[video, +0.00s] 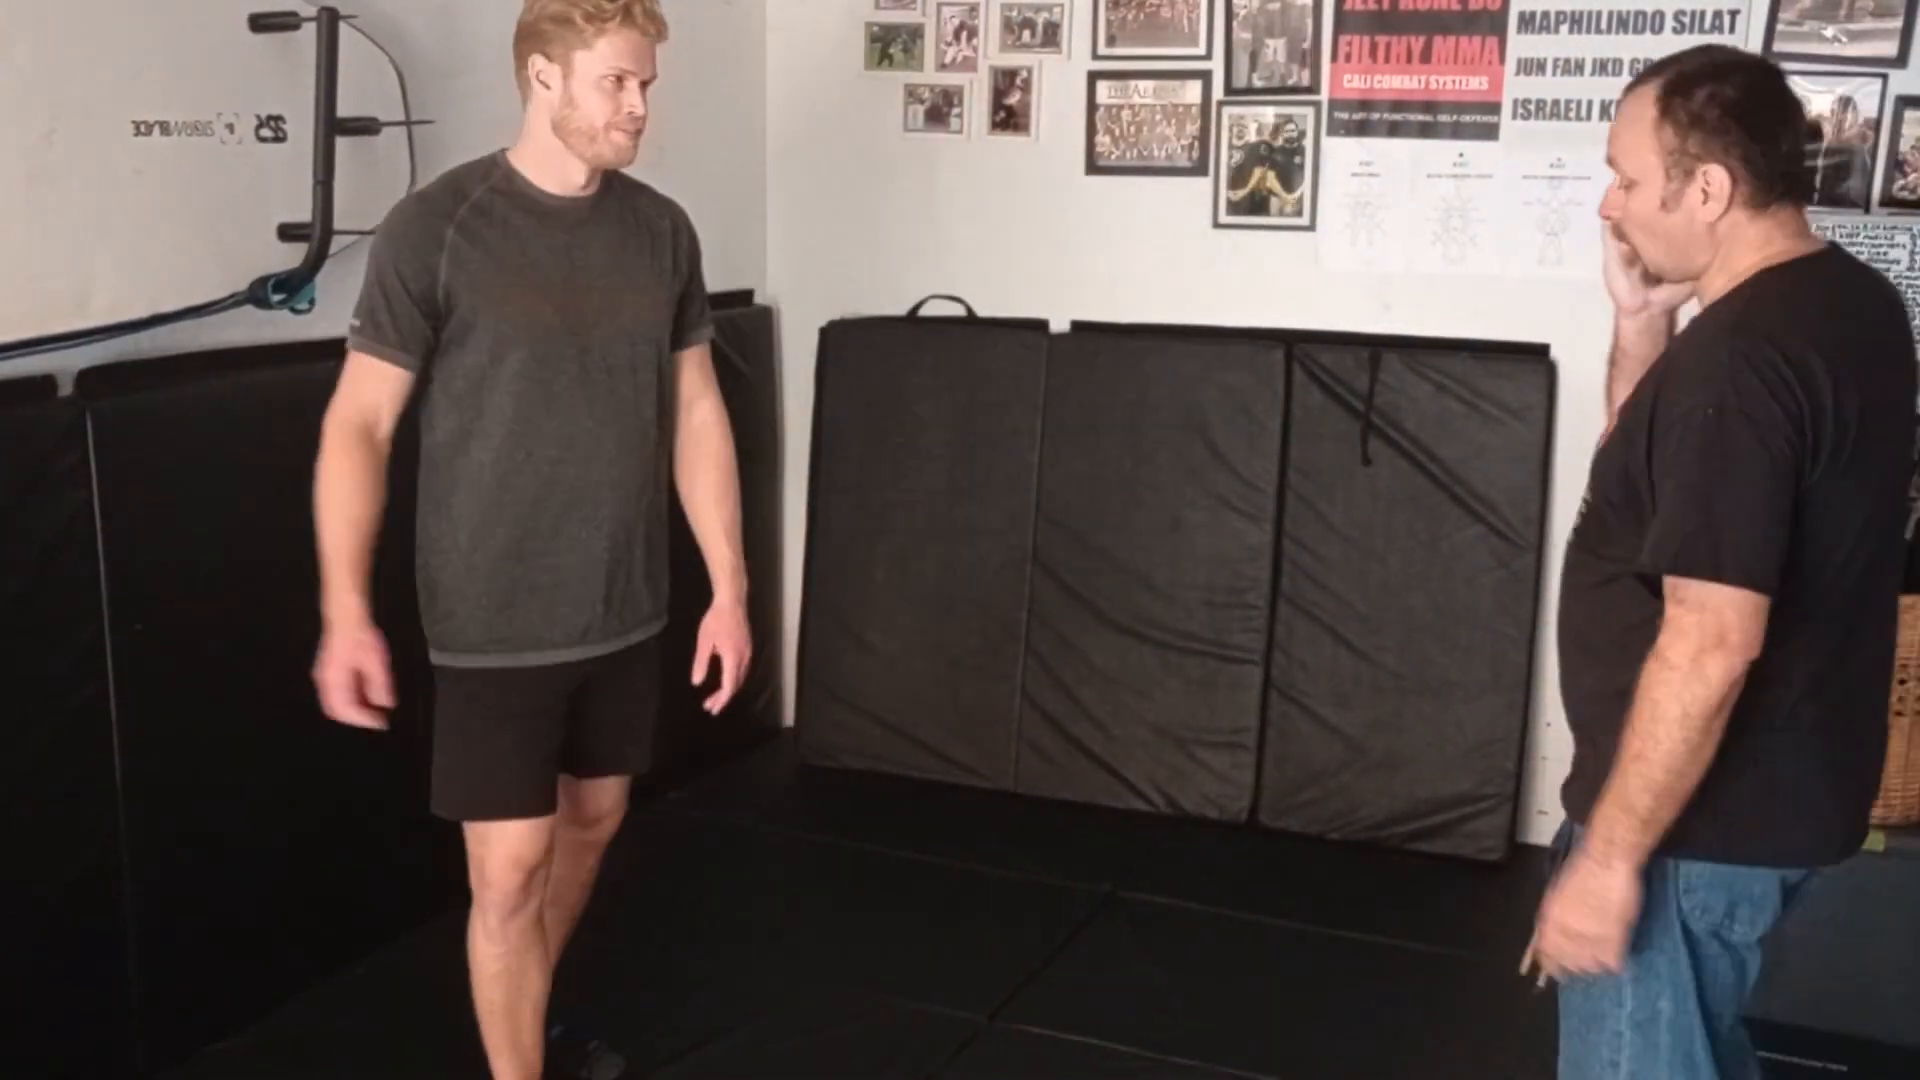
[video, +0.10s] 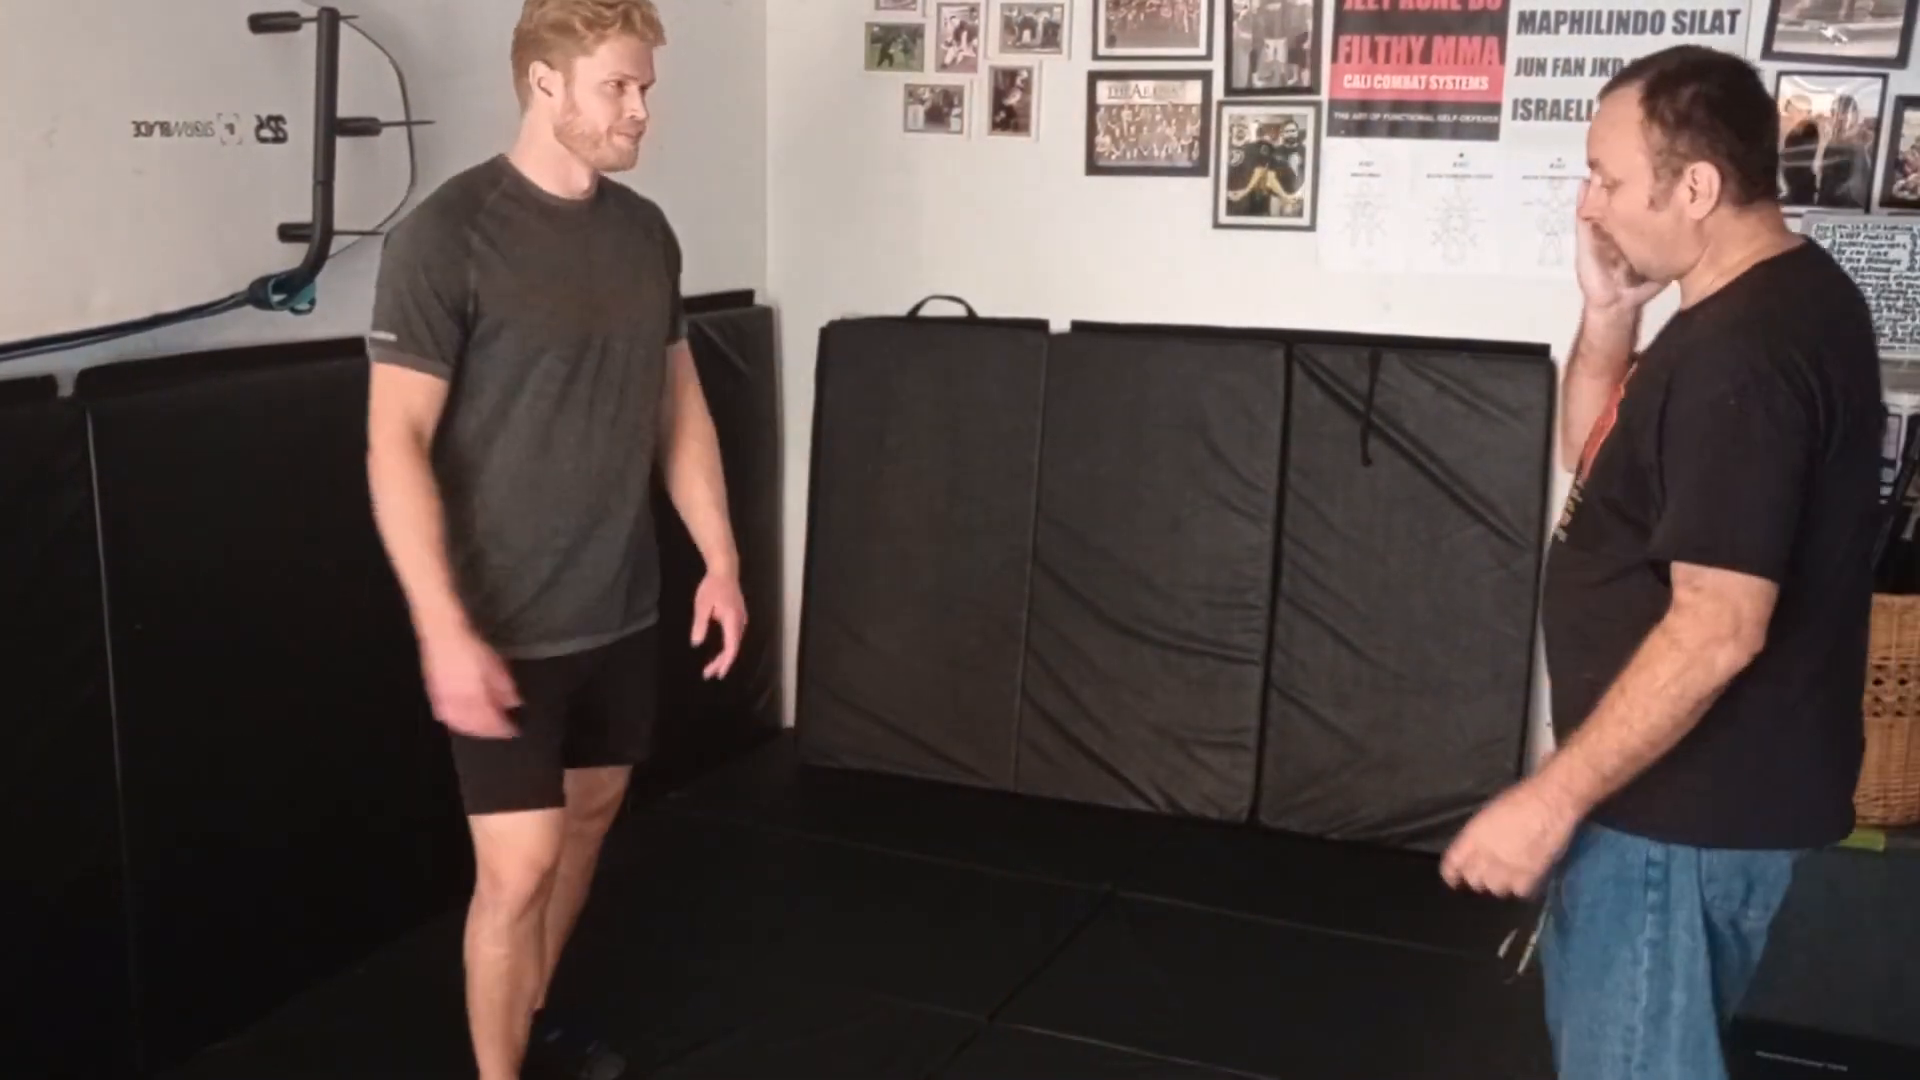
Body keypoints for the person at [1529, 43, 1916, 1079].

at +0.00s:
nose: (1609, 205)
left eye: (1624, 178)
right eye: (1612, 176)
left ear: (1710, 190)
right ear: (1724, 187)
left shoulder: (1735, 356)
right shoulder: (1857, 306)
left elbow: (1712, 637)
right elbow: (1647, 500)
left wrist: (1605, 858)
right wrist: (1640, 319)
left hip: (1685, 838)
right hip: (1771, 819)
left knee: (1636, 1065)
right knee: (1690, 1055)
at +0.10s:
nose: (1586, 204)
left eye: (1606, 180)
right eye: (1590, 176)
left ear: (1697, 190)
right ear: (1700, 188)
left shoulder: (1744, 341)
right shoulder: (1799, 298)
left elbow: (1719, 622)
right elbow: (1598, 482)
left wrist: (1548, 798)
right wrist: (1610, 310)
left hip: (1672, 821)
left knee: (1634, 1063)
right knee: (1639, 1055)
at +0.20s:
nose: (1573, 208)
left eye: (1596, 185)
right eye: (1576, 180)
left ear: (1692, 195)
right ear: (1685, 198)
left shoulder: (1769, 342)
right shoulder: (1683, 312)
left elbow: (1739, 615)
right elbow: (1536, 457)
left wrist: (1537, 753)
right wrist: (1580, 311)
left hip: (1693, 807)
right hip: (1624, 789)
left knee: (1641, 1066)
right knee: (1550, 1055)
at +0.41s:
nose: (1536, 208)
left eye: (1565, 181)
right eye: (1535, 178)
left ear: (1661, 186)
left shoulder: (1765, 326)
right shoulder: (1573, 309)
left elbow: (1821, 567)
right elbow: (1461, 464)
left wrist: (1665, 729)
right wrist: (1525, 313)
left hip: (1705, 791)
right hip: (1556, 760)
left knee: (1665, 1059)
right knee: (1534, 1047)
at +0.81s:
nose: (1547, 207)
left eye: (1573, 177)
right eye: (1537, 178)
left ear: (1662, 176)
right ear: (1530, 181)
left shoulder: (1781, 310)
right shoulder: (1555, 314)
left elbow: (1876, 521)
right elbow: (1503, 512)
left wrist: (1674, 591)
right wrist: (1482, 417)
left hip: (1743, 760)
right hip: (1579, 743)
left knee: (1779, 1049)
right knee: (1580, 1037)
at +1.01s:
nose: (1609, 204)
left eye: (1639, 176)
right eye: (1601, 176)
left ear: (1733, 180)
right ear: (1596, 178)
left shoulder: (1840, 327)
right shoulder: (1622, 310)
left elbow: (1903, 551)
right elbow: (1621, 481)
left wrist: (1679, 518)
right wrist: (1524, 471)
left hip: (1789, 788)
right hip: (1613, 764)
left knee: (1825, 1062)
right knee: (1579, 1052)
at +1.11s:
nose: (1669, 225)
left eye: (1699, 196)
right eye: (1664, 196)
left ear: (1801, 204)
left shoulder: (1899, 356)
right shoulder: (1694, 325)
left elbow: (1912, 609)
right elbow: (1677, 507)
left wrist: (1707, 540)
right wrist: (1548, 511)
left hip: (1845, 827)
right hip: (1667, 785)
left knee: (1838, 1068)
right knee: (1604, 1056)